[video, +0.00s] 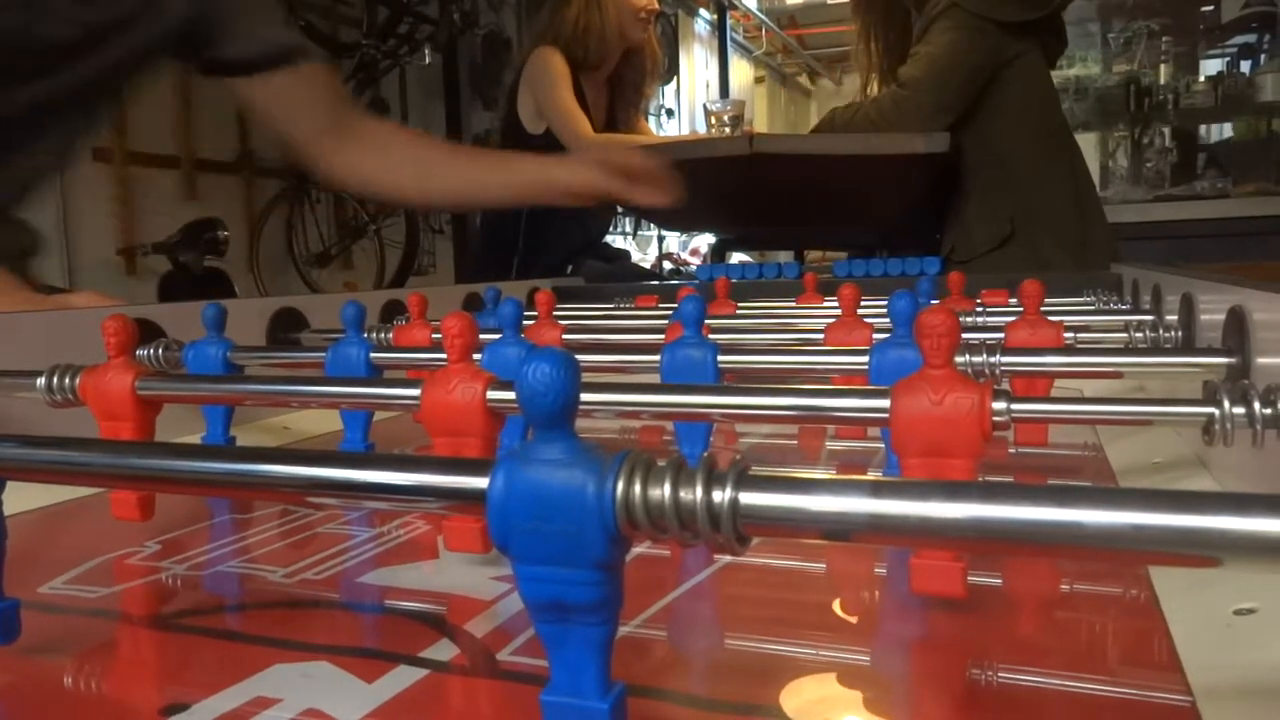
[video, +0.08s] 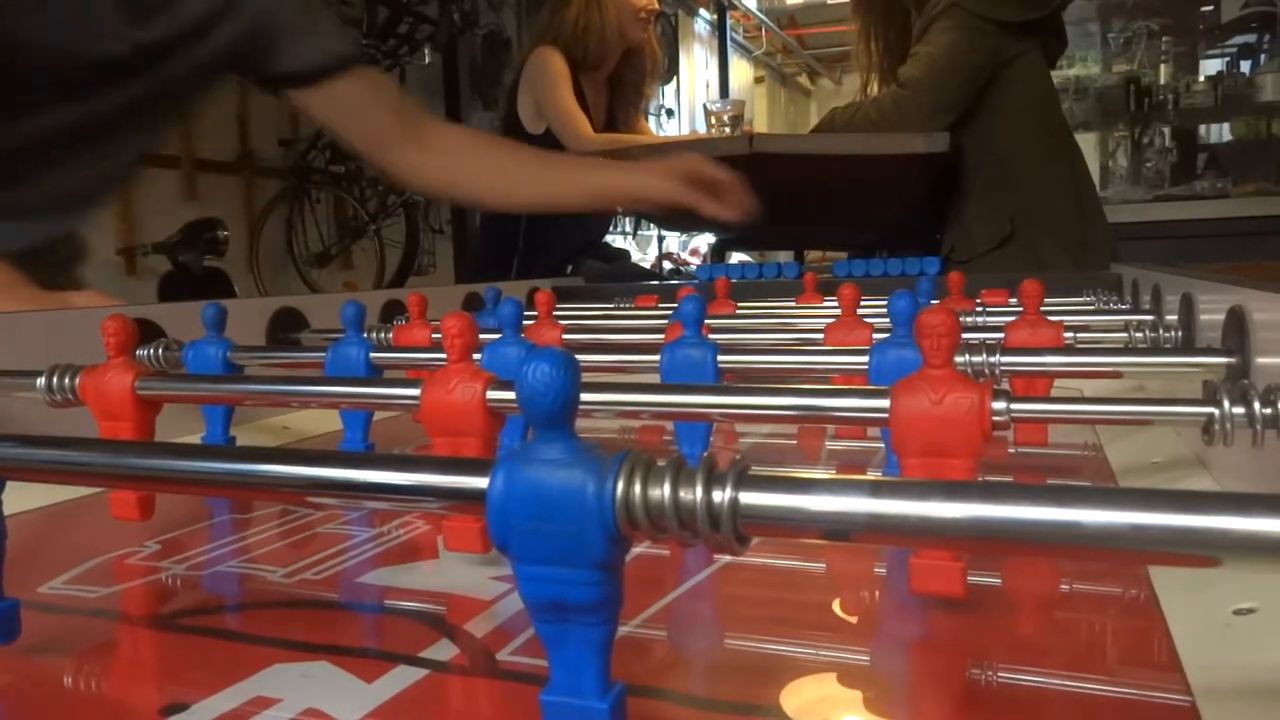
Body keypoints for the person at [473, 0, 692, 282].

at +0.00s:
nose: (654, 7)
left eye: (654, 1)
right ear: (598, 5)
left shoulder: (614, 84)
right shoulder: (547, 62)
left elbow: (651, 151)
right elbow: (584, 145)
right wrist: (687, 146)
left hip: (581, 249)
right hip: (523, 260)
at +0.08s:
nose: (654, 6)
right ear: (598, 6)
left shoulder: (614, 87)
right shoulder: (547, 61)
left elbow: (651, 150)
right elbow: (581, 142)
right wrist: (686, 144)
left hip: (578, 252)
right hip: (521, 259)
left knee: (668, 295)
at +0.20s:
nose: (654, 6)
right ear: (597, 6)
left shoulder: (614, 87)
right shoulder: (546, 62)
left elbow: (650, 151)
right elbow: (583, 143)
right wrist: (677, 147)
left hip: (578, 250)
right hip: (522, 256)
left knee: (667, 294)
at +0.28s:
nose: (654, 8)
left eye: (653, 0)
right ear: (599, 6)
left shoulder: (615, 86)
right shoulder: (547, 62)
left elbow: (652, 152)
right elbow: (581, 143)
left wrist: (715, 148)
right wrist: (678, 147)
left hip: (575, 246)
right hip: (520, 255)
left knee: (659, 291)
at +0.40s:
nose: (654, 7)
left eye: (654, 1)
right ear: (598, 6)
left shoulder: (617, 86)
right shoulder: (547, 61)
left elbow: (652, 153)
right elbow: (582, 144)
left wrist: (717, 150)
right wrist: (683, 146)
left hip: (576, 247)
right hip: (520, 255)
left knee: (658, 291)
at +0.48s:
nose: (653, 6)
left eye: (653, 0)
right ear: (599, 6)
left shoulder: (614, 84)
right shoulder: (546, 61)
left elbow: (649, 149)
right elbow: (582, 143)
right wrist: (677, 146)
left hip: (575, 248)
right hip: (520, 252)